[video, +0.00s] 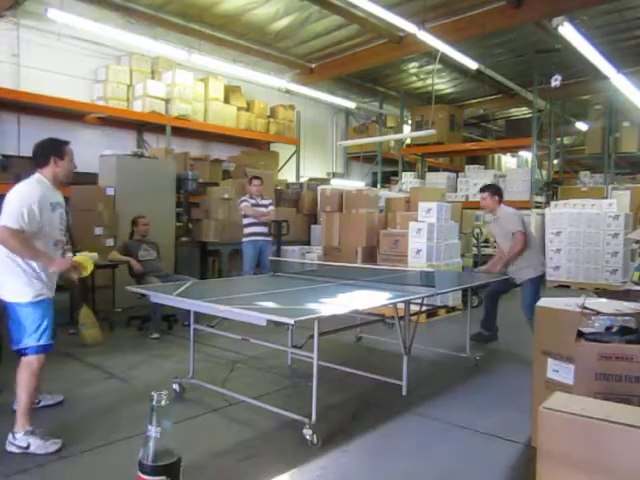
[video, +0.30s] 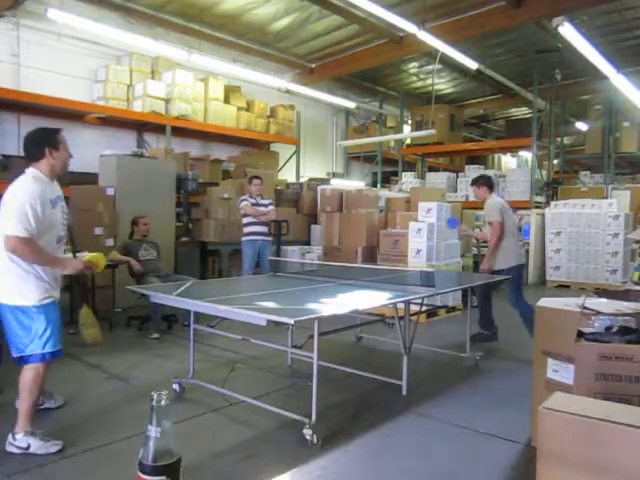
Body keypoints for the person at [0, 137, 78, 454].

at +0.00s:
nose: (74, 167)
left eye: (73, 161)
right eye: (70, 160)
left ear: (54, 162)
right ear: (54, 162)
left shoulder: (55, 196)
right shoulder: (27, 191)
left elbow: (54, 240)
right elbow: (9, 234)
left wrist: (69, 261)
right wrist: (51, 261)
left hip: (38, 288)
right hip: (23, 290)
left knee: (36, 349)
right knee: (34, 355)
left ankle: (27, 397)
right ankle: (21, 431)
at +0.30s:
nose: (69, 155)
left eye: (67, 150)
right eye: (64, 150)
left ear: (46, 153)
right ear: (49, 153)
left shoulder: (49, 187)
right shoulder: (28, 188)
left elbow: (47, 239)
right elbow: (16, 242)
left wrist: (75, 259)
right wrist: (63, 263)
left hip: (41, 290)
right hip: (25, 294)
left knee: (41, 349)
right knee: (37, 358)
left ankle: (32, 396)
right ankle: (22, 433)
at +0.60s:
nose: (73, 145)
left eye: (70, 140)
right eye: (68, 140)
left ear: (47, 146)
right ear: (55, 144)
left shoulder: (47, 177)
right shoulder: (43, 180)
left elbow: (50, 234)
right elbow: (54, 237)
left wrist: (85, 246)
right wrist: (91, 247)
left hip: (48, 288)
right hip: (27, 290)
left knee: (58, 344)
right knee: (25, 359)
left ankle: (50, 414)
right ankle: (20, 434)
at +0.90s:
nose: (88, 146)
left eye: (85, 140)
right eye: (83, 141)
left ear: (62, 147)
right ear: (71, 145)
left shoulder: (59, 176)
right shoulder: (66, 179)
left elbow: (72, 233)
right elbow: (76, 233)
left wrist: (91, 272)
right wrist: (98, 274)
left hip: (63, 288)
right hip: (48, 288)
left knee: (70, 354)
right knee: (42, 359)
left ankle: (69, 420)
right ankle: (21, 431)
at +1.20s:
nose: (101, 142)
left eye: (98, 137)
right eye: (96, 137)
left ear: (76, 145)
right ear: (84, 143)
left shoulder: (78, 173)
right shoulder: (75, 173)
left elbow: (88, 230)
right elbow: (76, 223)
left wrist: (116, 255)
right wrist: (94, 270)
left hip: (75, 282)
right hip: (71, 283)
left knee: (79, 353)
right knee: (81, 354)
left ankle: (65, 418)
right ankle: (53, 433)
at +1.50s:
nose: (119, 141)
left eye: (116, 136)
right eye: (114, 136)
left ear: (94, 143)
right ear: (101, 141)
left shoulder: (101, 172)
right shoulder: (87, 170)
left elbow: (96, 222)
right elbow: (75, 218)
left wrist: (127, 226)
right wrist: (114, 262)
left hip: (91, 286)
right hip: (93, 288)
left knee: (75, 354)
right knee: (101, 364)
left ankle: (66, 418)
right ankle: (114, 444)